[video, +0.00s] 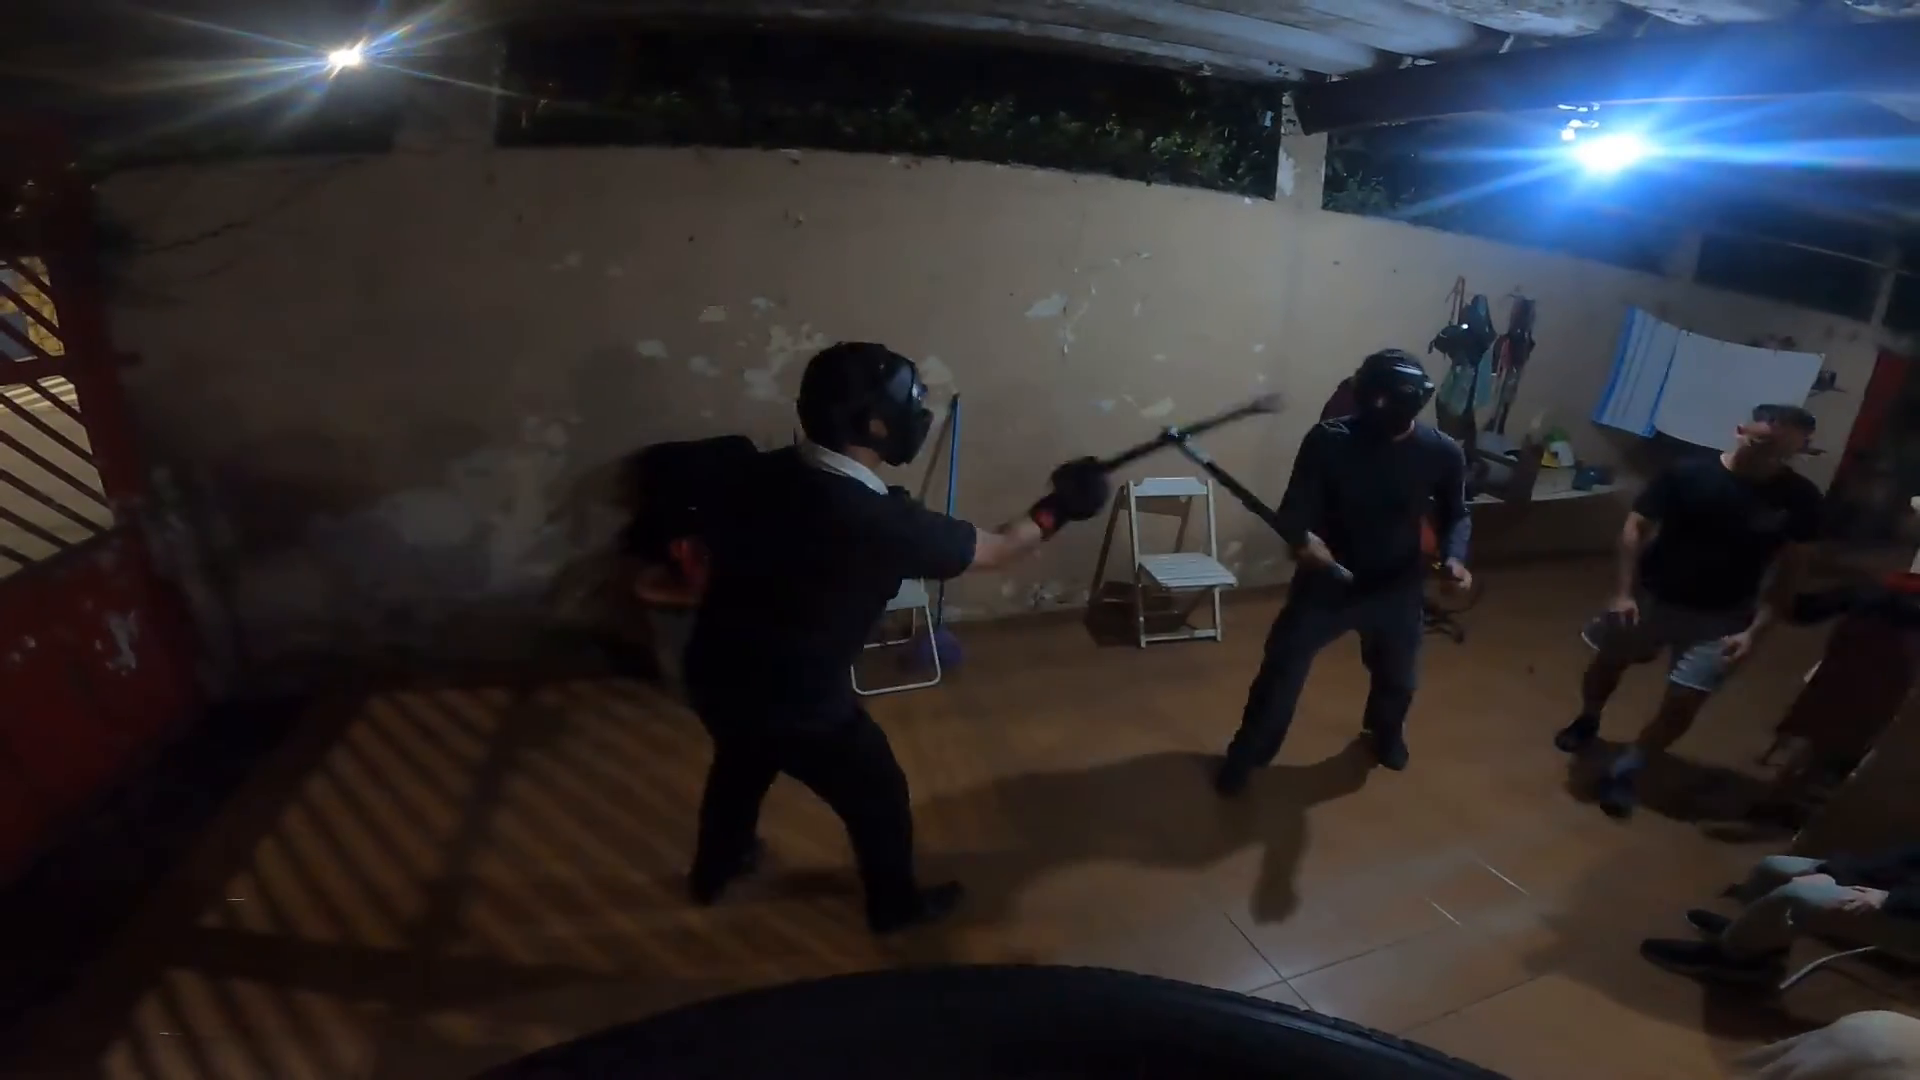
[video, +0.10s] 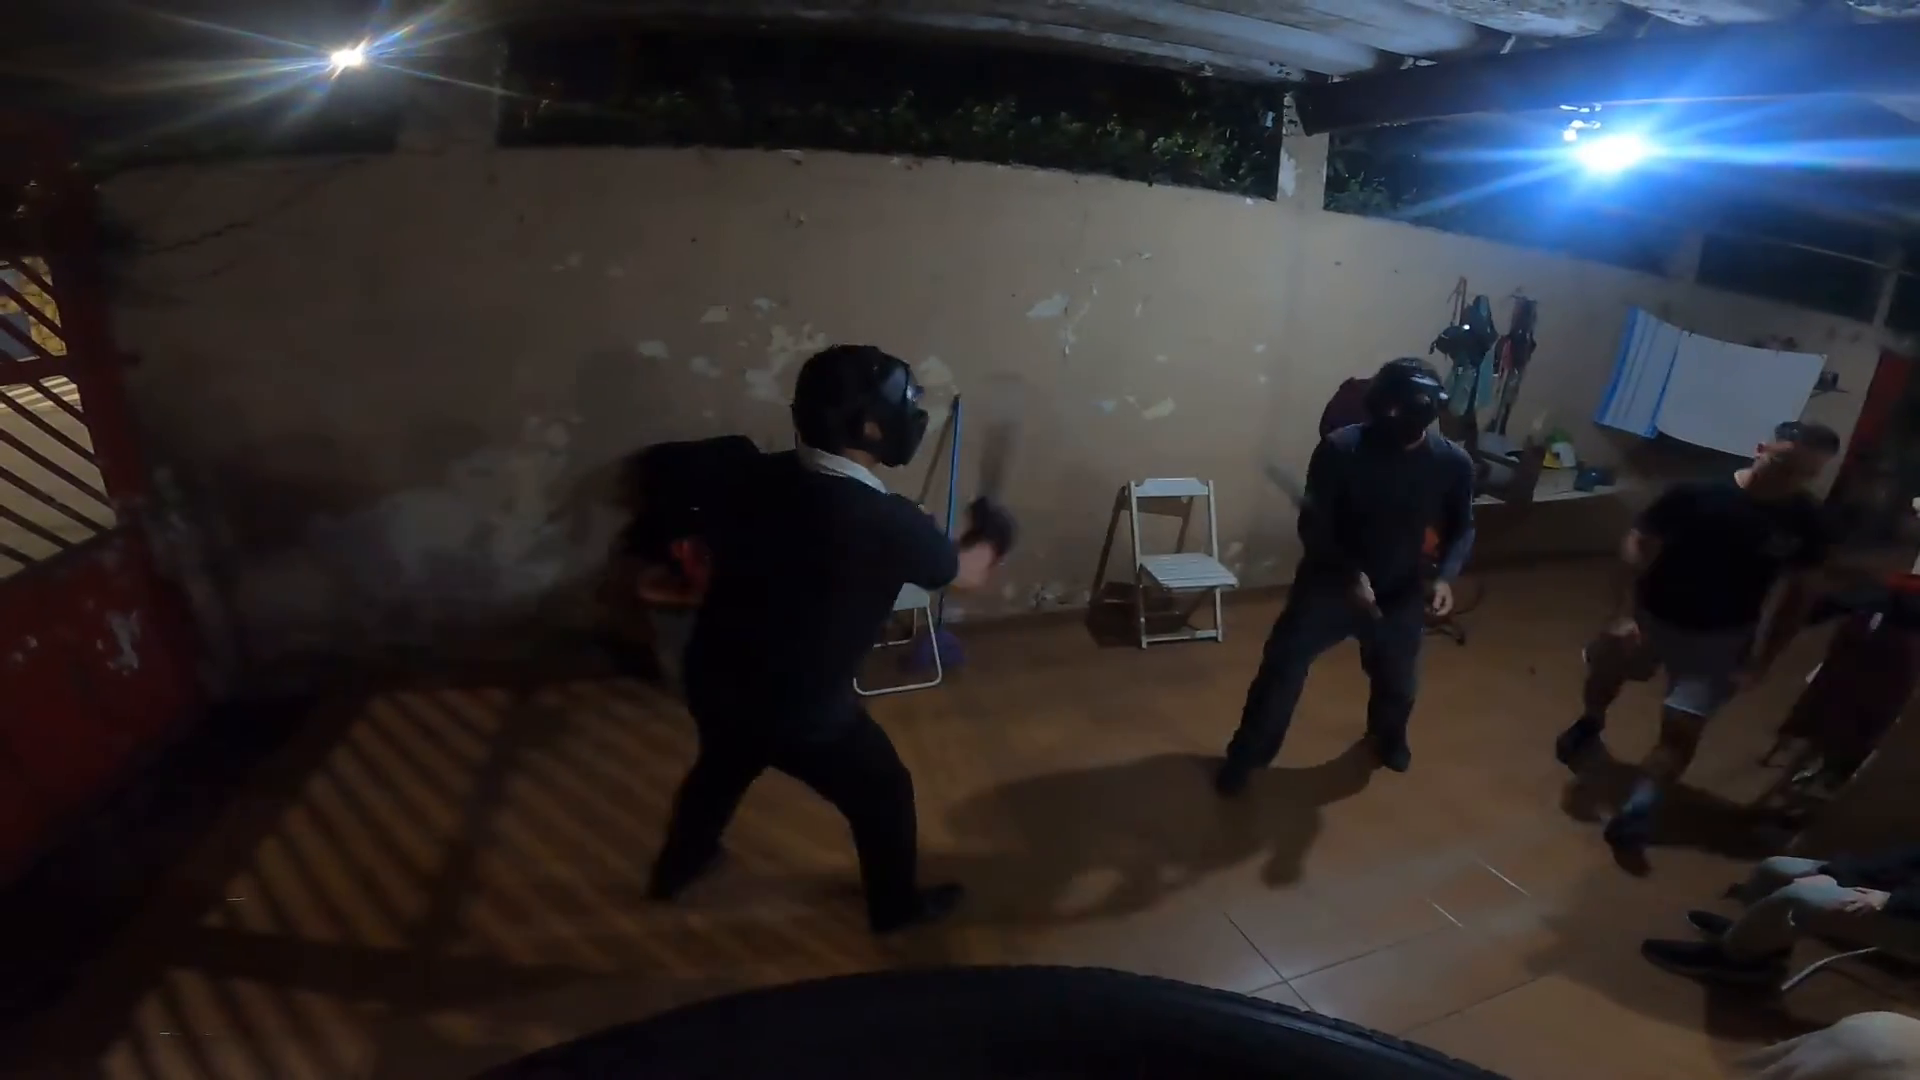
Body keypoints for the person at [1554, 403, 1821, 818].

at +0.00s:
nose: (1769, 458)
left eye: (1780, 451)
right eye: (1765, 446)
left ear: (1790, 455)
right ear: (1744, 435)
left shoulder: (1796, 501)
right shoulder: (1690, 473)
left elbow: (1787, 578)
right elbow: (1635, 524)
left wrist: (1753, 632)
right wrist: (1624, 593)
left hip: (1721, 619)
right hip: (1656, 599)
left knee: (1682, 707)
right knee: (1608, 658)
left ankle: (1626, 773)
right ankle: (1587, 720)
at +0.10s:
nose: (1787, 480)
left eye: (1800, 474)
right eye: (1784, 465)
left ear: (1809, 478)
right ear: (1762, 452)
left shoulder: (1800, 524)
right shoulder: (1696, 495)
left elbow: (1797, 594)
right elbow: (1636, 545)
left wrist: (1762, 660)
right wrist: (1624, 614)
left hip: (1719, 639)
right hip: (1656, 618)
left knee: (1681, 732)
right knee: (1605, 659)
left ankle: (1635, 815)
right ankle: (1590, 723)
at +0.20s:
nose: (1829, 506)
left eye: (1844, 501)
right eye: (1827, 489)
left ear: (1850, 506)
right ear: (1799, 470)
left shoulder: (1829, 554)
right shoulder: (1718, 511)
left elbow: (1809, 630)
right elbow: (1651, 569)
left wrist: (1775, 693)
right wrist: (1616, 635)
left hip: (1730, 664)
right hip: (1658, 638)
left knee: (1689, 765)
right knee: (1604, 692)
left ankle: (1632, 835)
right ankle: (1590, 725)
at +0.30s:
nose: (1848, 515)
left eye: (1861, 509)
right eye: (1844, 498)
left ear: (1868, 516)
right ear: (1817, 477)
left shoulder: (1847, 561)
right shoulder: (1732, 516)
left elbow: (1821, 639)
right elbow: (1659, 570)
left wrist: (1793, 706)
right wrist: (1615, 636)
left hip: (1743, 675)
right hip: (1668, 649)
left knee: (1695, 775)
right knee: (1604, 713)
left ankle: (1634, 832)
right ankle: (1585, 741)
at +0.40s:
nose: (1884, 521)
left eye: (1899, 513)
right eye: (1880, 504)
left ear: (1910, 515)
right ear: (1850, 479)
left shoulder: (1881, 565)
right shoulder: (1757, 522)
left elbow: (1855, 647)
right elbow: (1668, 576)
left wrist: (1813, 722)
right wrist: (1626, 651)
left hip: (1757, 692)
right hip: (1677, 667)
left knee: (1700, 784)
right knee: (1620, 755)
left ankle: (1637, 832)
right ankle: (1588, 809)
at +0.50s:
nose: (1892, 527)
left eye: (1906, 519)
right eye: (1886, 509)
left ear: (1915, 522)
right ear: (1855, 487)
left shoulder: (1892, 574)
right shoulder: (1768, 530)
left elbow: (1874, 658)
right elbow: (1672, 584)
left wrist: (1824, 731)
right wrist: (1633, 663)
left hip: (1765, 704)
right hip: (1684, 678)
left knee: (1698, 785)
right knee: (1630, 771)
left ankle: (1633, 837)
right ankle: (1575, 857)